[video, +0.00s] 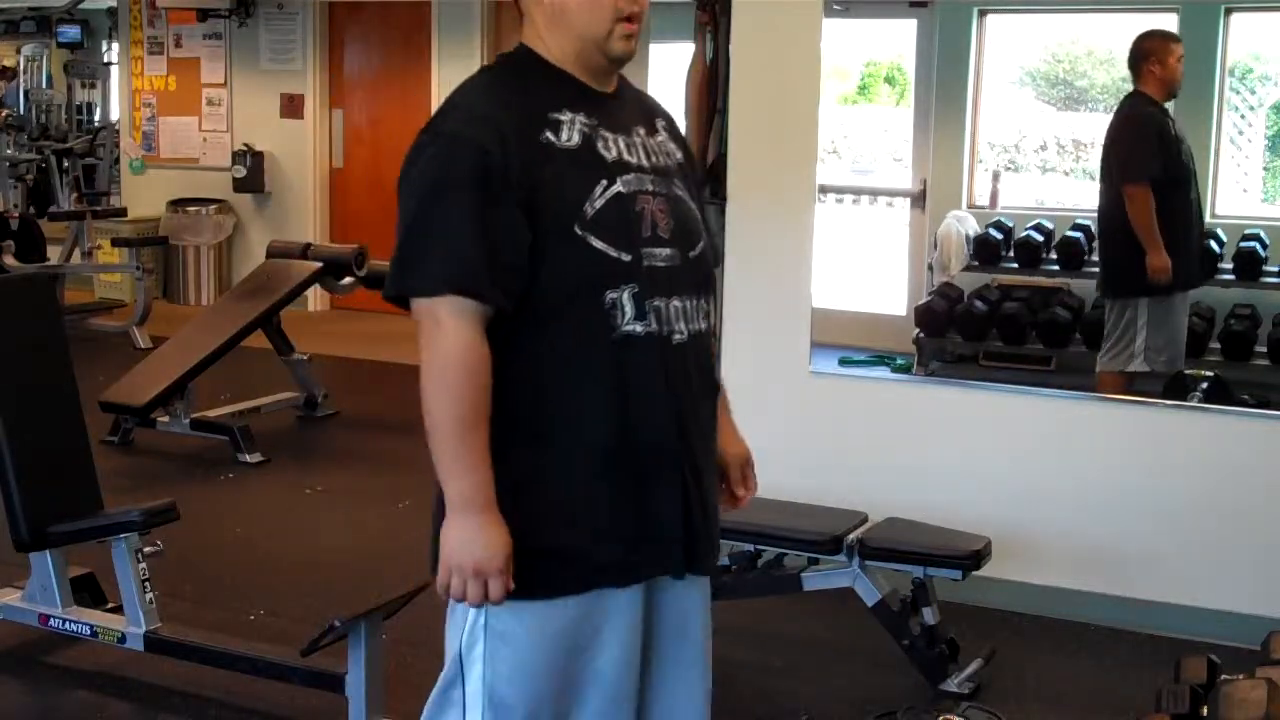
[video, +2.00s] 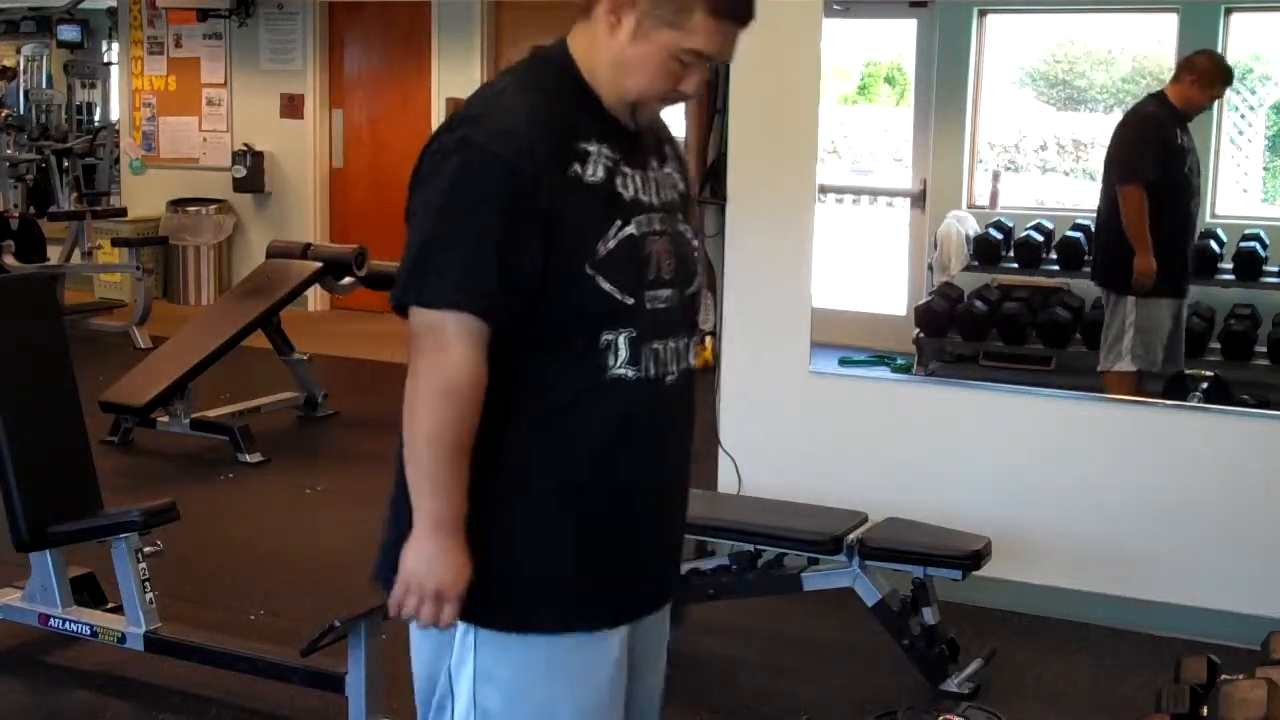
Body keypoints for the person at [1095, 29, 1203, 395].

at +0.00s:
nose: (1183, 68)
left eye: (1182, 61)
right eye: (1178, 61)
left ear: (1153, 67)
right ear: (1154, 66)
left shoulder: (1153, 115)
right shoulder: (1138, 116)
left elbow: (1149, 187)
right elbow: (1134, 189)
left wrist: (1173, 247)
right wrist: (1155, 250)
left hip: (1155, 265)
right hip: (1137, 266)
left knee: (1136, 366)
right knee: (1118, 367)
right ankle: (1107, 444)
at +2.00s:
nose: (1211, 104)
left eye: (1215, 98)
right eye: (1212, 95)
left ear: (1191, 81)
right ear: (1191, 80)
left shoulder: (1177, 126)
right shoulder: (1146, 120)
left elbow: (1172, 195)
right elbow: (1129, 188)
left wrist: (1176, 256)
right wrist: (1143, 253)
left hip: (1166, 270)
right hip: (1138, 270)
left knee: (1154, 374)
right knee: (1123, 371)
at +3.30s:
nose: (1235, 152)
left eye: (1241, 147)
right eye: (1239, 144)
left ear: (1224, 124)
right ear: (1226, 125)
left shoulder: (1189, 151)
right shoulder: (1176, 150)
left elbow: (1156, 218)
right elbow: (1148, 219)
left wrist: (1144, 280)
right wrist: (1140, 282)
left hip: (1120, 271)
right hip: (1104, 270)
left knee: (1116, 371)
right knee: (1103, 373)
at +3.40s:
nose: (1242, 173)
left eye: (1249, 168)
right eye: (1247, 164)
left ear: (1231, 142)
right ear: (1233, 146)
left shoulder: (1196, 167)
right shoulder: (1181, 166)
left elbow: (1158, 236)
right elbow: (1150, 237)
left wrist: (1142, 296)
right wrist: (1137, 301)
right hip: (1100, 270)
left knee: (1120, 371)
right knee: (1107, 373)